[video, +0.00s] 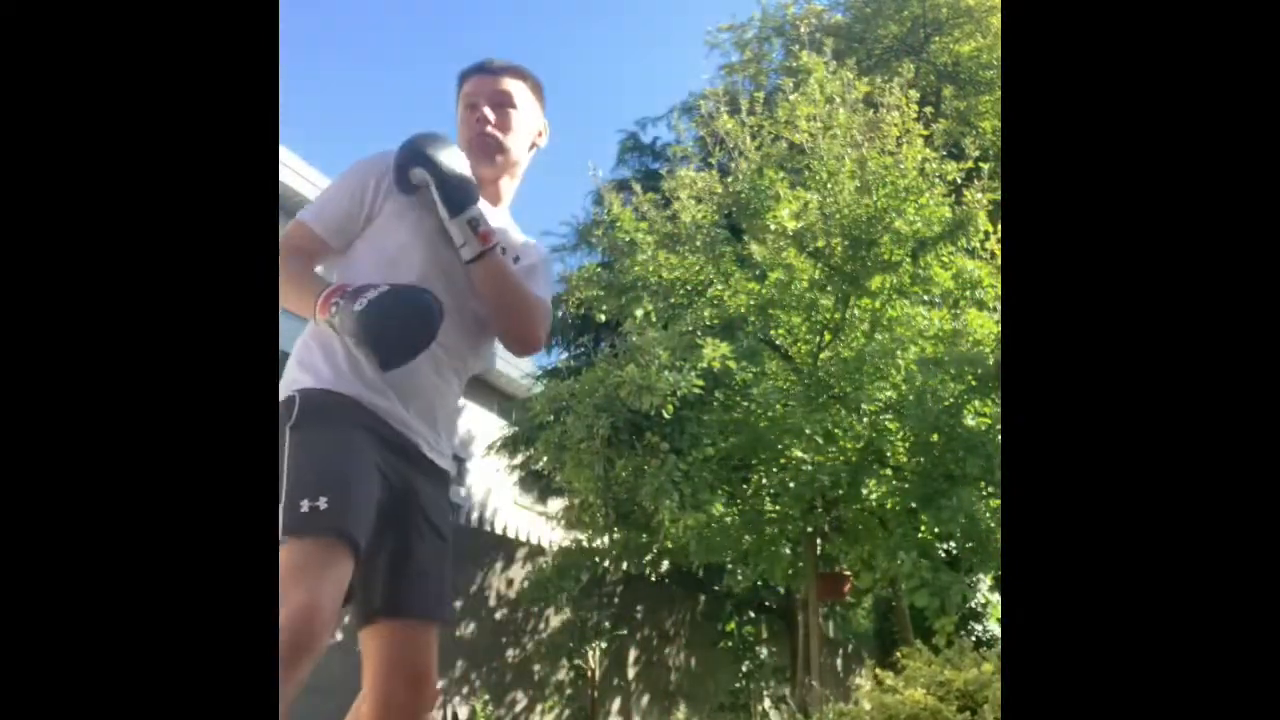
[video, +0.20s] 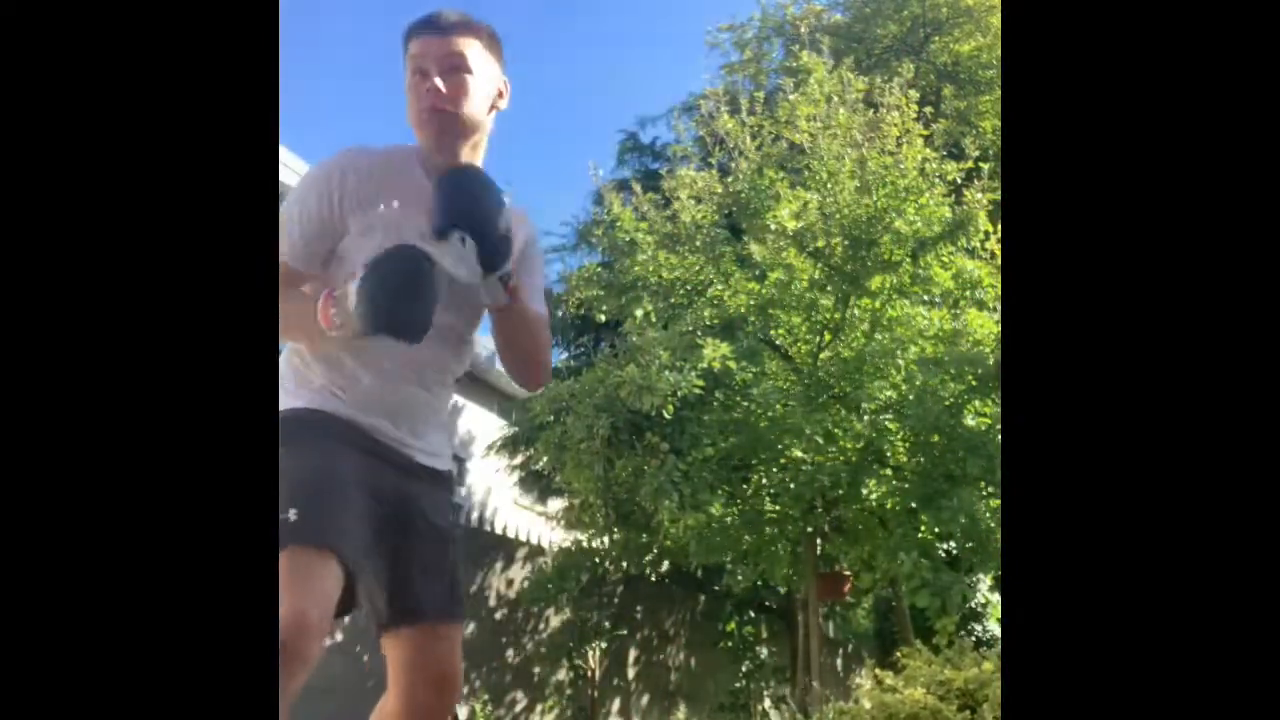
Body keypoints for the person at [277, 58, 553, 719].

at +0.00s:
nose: (484, 113)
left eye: (504, 105)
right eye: (472, 105)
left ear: (539, 137)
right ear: (455, 123)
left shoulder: (527, 252)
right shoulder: (393, 172)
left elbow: (529, 336)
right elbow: (286, 256)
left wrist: (473, 226)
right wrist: (337, 303)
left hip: (428, 451)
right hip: (338, 396)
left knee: (406, 694)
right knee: (304, 621)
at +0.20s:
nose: (436, 88)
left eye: (456, 72)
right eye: (420, 74)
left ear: (499, 95)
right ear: (406, 88)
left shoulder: (511, 223)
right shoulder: (350, 174)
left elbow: (532, 371)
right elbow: (277, 293)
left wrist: (497, 272)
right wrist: (345, 312)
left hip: (424, 452)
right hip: (322, 415)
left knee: (431, 687)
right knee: (297, 627)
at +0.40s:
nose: (430, 86)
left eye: (452, 70)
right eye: (414, 71)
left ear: (493, 91)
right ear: (397, 86)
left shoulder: (508, 215)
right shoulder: (348, 171)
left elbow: (547, 376)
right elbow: (286, 323)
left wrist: (553, 326)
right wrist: (371, 246)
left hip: (429, 447)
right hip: (324, 412)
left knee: (468, 677)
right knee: (295, 619)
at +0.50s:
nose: (469, 98)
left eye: (489, 85)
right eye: (453, 86)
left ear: (525, 109)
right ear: (435, 105)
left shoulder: (523, 233)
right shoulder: (383, 180)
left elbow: (555, 386)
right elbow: (285, 299)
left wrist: (541, 287)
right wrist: (405, 281)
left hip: (440, 456)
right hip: (346, 417)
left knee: (479, 683)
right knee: (308, 631)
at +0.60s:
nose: (503, 126)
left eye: (521, 112)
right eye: (487, 115)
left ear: (556, 135)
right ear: (471, 131)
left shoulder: (554, 262)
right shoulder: (412, 201)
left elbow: (559, 387)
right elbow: (305, 301)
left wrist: (533, 286)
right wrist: (390, 331)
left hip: (461, 457)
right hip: (373, 421)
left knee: (494, 686)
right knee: (323, 643)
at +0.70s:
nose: (522, 130)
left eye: (541, 120)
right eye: (509, 120)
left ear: (572, 149)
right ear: (490, 138)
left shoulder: (565, 271)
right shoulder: (430, 196)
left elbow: (566, 383)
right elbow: (320, 291)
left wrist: (532, 279)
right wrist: (381, 304)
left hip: (476, 460)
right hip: (386, 416)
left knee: (496, 689)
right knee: (343, 624)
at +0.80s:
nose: (516, 126)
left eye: (535, 113)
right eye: (503, 116)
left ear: (571, 136)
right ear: (487, 134)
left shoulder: (575, 260)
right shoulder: (436, 190)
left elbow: (576, 362)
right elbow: (328, 294)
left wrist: (526, 251)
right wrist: (374, 282)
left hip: (486, 459)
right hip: (395, 414)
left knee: (488, 694)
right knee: (358, 618)